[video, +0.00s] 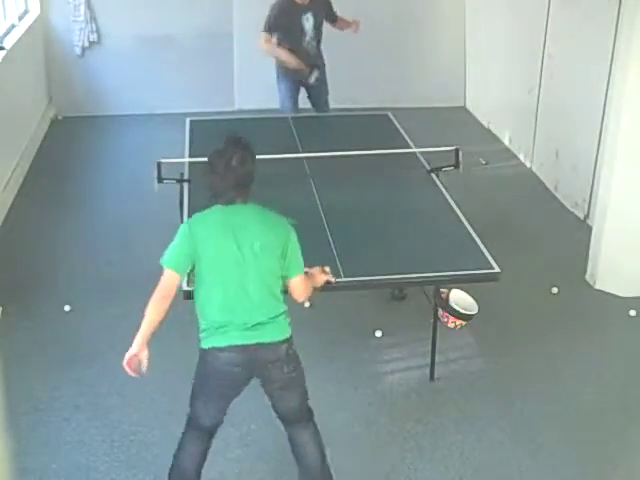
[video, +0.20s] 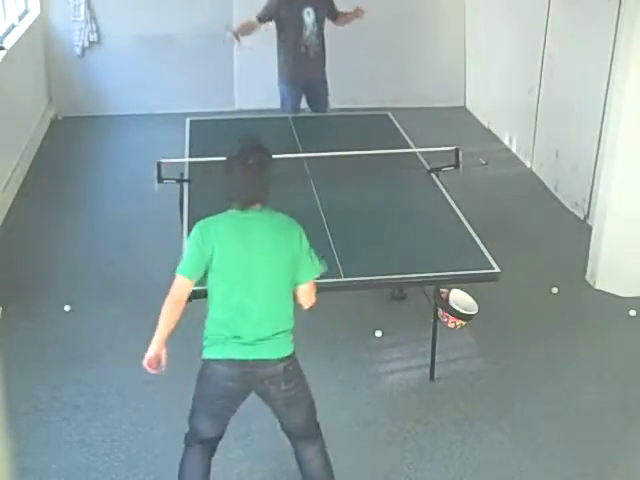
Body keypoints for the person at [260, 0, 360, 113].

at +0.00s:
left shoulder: (321, 3)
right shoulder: (281, 6)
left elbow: (334, 20)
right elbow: (266, 43)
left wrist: (350, 24)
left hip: (315, 66)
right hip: (288, 68)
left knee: (324, 113)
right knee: (289, 114)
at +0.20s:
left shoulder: (323, 1)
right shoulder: (280, 2)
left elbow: (337, 18)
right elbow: (257, 22)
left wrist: (353, 15)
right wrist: (238, 31)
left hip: (316, 73)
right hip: (290, 74)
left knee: (323, 120)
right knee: (289, 120)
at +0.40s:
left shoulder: (327, 2)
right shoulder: (285, 3)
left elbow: (339, 21)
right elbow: (268, 27)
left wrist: (353, 19)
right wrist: (252, 46)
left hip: (321, 71)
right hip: (294, 72)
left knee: (334, 117)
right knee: (290, 121)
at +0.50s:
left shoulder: (331, 3)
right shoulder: (289, 4)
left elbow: (347, 24)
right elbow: (269, 28)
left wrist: (355, 22)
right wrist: (266, 47)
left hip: (325, 71)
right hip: (298, 71)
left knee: (341, 116)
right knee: (295, 118)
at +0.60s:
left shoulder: (336, 5)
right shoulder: (295, 6)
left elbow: (353, 30)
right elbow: (274, 35)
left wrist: (359, 30)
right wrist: (282, 58)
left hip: (330, 72)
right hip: (302, 73)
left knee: (347, 112)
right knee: (300, 116)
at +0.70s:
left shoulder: (344, 11)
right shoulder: (306, 14)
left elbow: (358, 34)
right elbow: (288, 48)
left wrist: (366, 35)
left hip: (339, 75)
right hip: (312, 76)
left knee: (355, 113)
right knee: (306, 119)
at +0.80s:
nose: (342, 3)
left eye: (345, 2)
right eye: (340, 2)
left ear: (348, 1)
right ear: (333, 1)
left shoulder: (354, 10)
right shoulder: (322, 17)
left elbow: (365, 34)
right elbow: (317, 59)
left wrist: (379, 36)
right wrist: (345, 81)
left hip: (348, 74)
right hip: (323, 74)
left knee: (365, 114)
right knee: (314, 116)